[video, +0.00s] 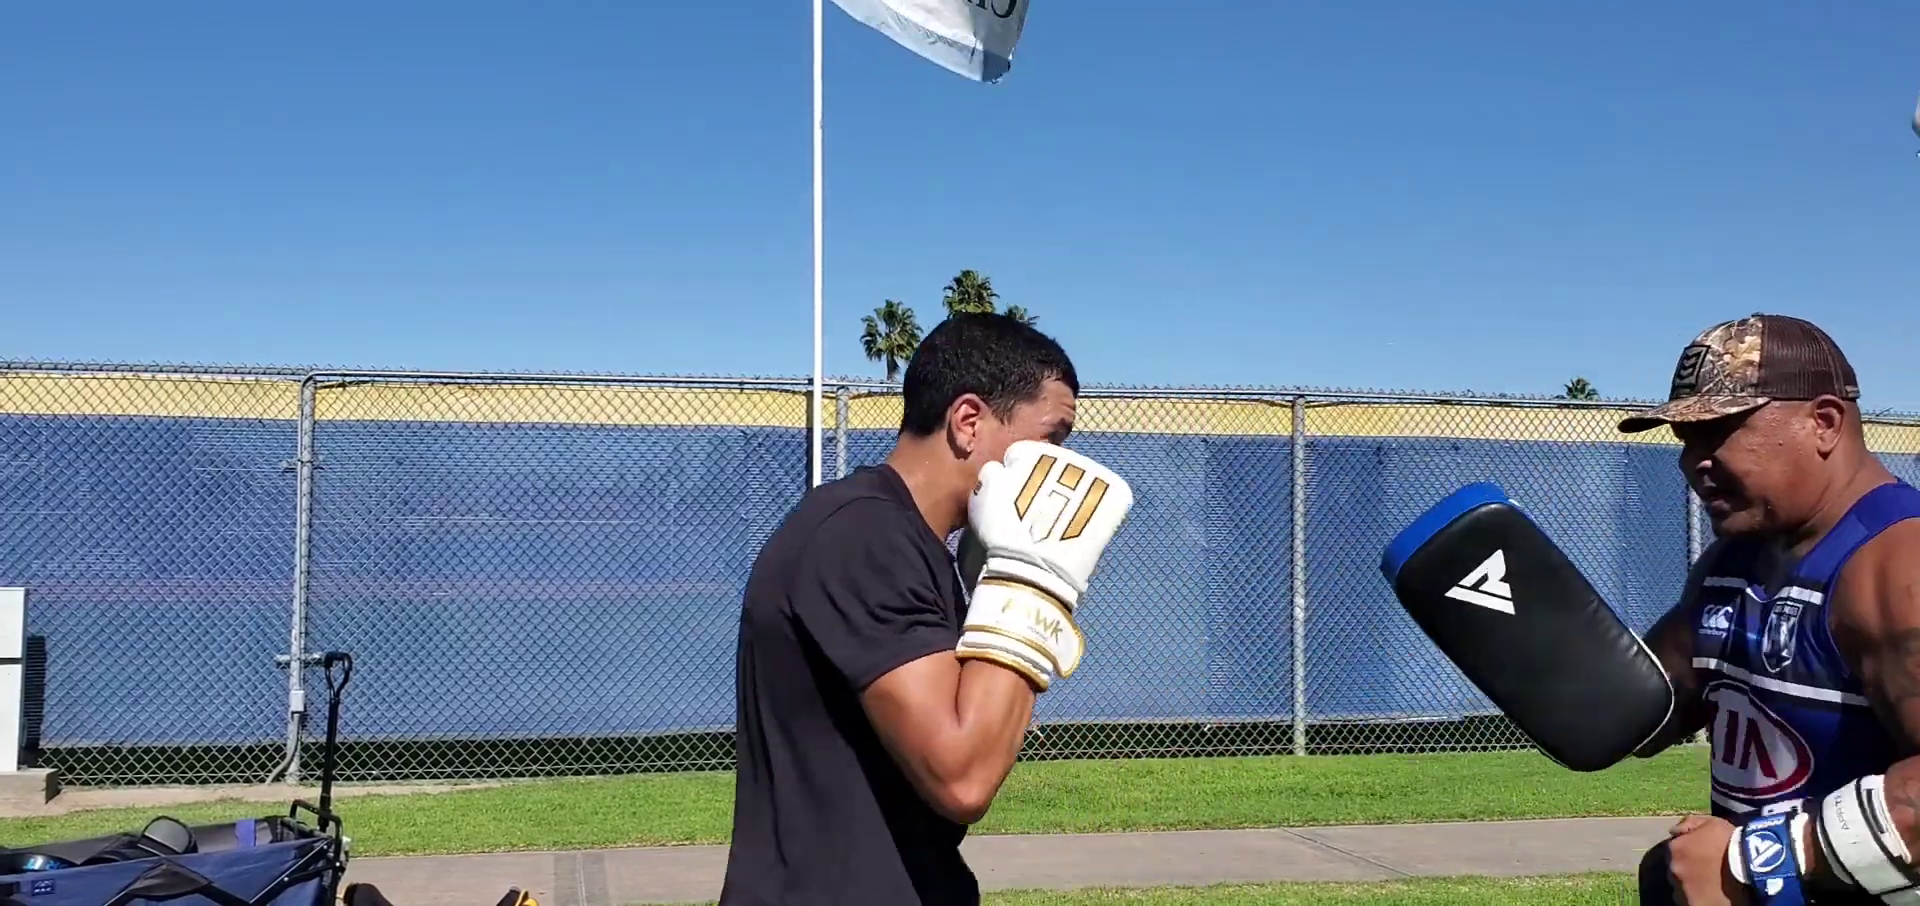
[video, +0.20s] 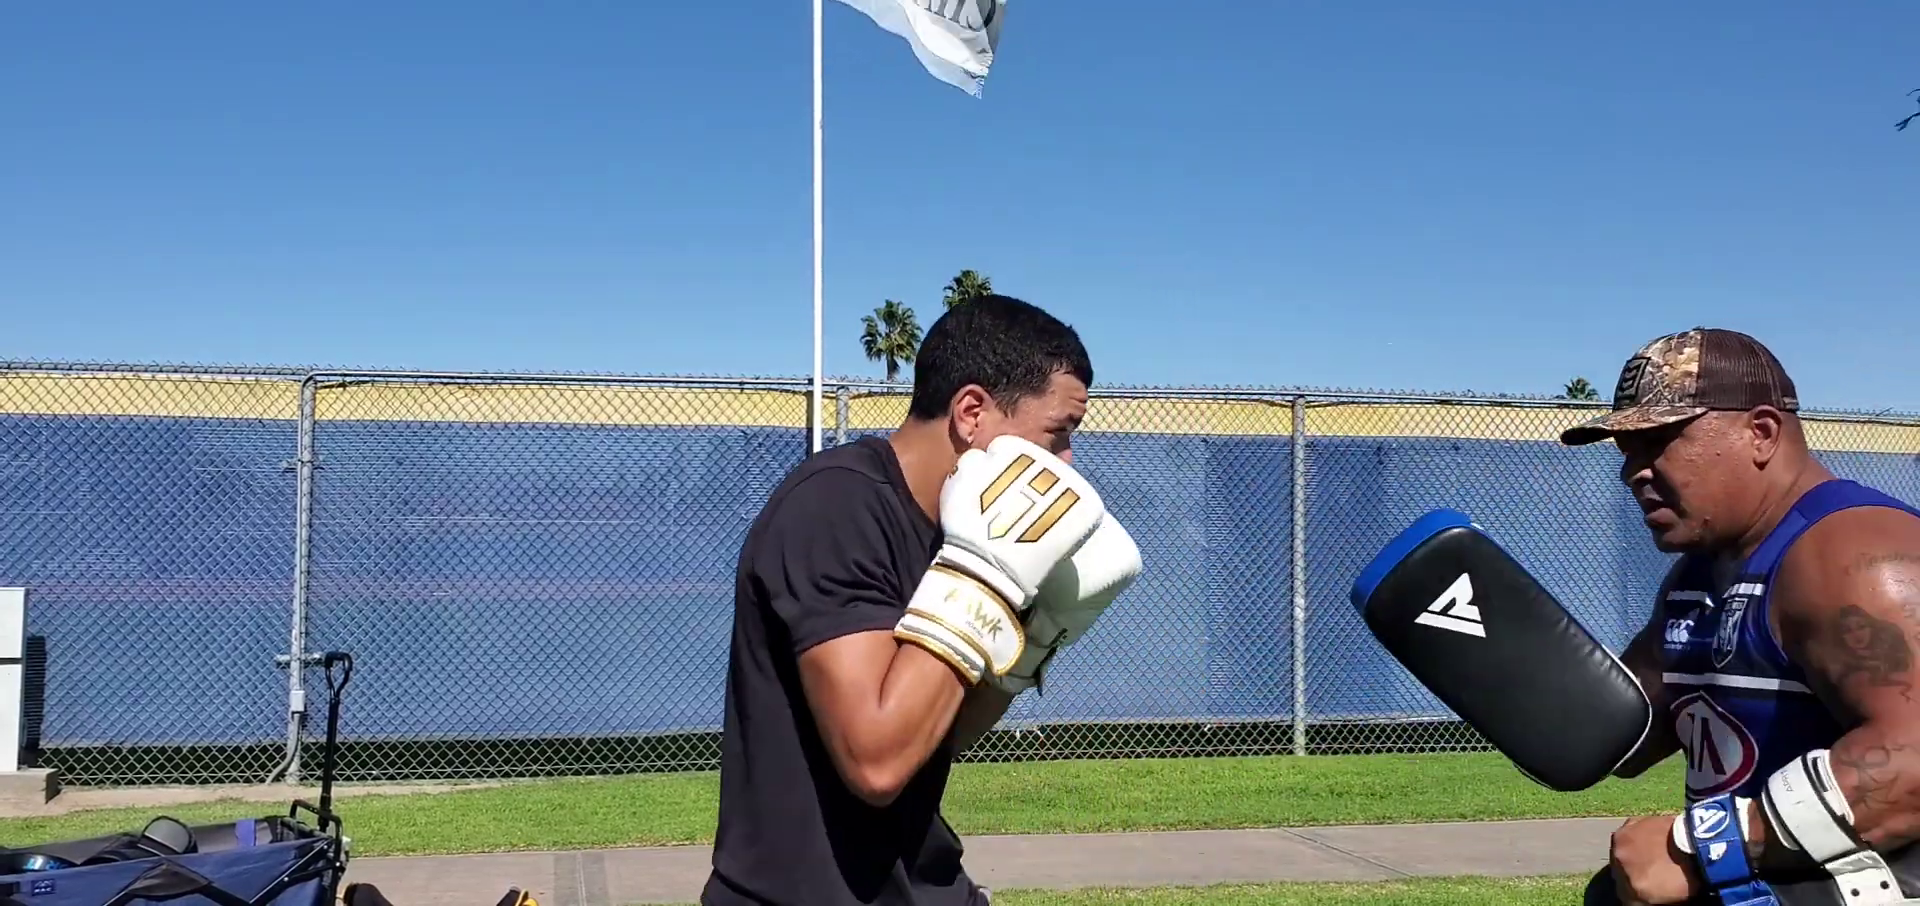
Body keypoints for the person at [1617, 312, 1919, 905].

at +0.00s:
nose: (1693, 462)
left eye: (1718, 431)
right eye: (1687, 438)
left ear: (1826, 424)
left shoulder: (1899, 568)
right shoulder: (1737, 554)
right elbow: (1649, 714)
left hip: (1866, 886)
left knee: (1673, 870)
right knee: (1665, 871)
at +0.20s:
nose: (1632, 472)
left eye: (1655, 442)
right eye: (1626, 449)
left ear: (1761, 435)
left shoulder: (1856, 559)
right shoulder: (1699, 574)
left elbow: (1910, 764)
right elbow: (1627, 739)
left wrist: (1704, 843)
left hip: (1862, 883)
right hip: (1757, 876)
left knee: (1621, 889)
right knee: (1610, 887)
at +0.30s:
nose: (1585, 492)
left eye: (1607, 461)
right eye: (1583, 469)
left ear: (1713, 448)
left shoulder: (1808, 568)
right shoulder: (1678, 583)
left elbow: (1846, 775)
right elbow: (1602, 761)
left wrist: (1638, 878)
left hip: (1843, 888)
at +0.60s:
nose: (1522, 486)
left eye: (1543, 455)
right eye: (1519, 462)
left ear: (1650, 441)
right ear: (1651, 444)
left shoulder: (1781, 576)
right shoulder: (1612, 574)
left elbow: (1825, 801)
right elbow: (1546, 739)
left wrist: (1622, 894)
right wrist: (1400, 651)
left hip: (1832, 893)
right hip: (1680, 889)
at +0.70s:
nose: (1551, 478)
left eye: (1570, 447)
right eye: (1549, 457)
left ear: (1670, 429)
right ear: (1670, 433)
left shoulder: (1783, 567)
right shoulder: (1632, 564)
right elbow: (1521, 699)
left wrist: (1629, 894)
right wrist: (1419, 608)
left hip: (1851, 886)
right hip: (1697, 884)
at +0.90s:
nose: (1548, 500)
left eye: (1563, 475)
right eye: (1547, 481)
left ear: (1634, 448)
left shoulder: (1817, 551)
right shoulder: (1628, 577)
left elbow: (1794, 771)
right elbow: (1482, 657)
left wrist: (1667, 879)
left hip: (1827, 888)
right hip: (1680, 882)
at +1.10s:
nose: (1538, 507)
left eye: (1552, 477)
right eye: (1536, 483)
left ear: (1619, 459)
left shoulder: (1800, 560)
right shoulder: (1620, 575)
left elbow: (1796, 787)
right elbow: (1466, 681)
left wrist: (1677, 886)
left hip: (1795, 890)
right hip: (1661, 883)